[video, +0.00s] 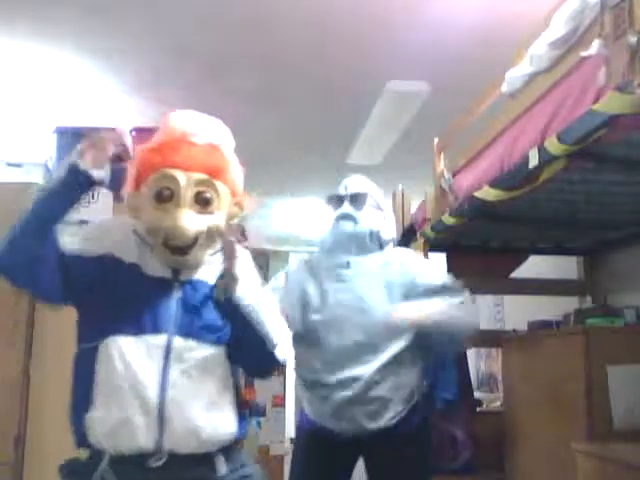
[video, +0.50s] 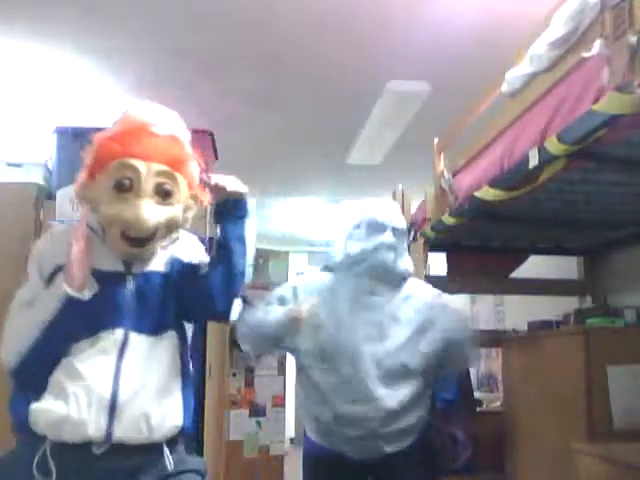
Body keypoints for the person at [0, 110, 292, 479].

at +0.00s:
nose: (181, 218)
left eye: (203, 199)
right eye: (164, 195)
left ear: (229, 211)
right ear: (134, 201)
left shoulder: (226, 280)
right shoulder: (103, 269)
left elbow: (266, 362)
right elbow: (19, 261)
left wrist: (234, 285)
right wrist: (80, 174)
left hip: (211, 465)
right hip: (117, 466)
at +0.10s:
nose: (173, 214)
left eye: (195, 198)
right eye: (157, 193)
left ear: (220, 208)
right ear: (129, 196)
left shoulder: (221, 270)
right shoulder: (98, 253)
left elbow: (260, 344)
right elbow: (24, 293)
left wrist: (252, 259)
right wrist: (76, 194)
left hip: (195, 464)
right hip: (102, 463)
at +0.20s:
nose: (166, 219)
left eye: (188, 198)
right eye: (149, 193)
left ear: (213, 211)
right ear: (119, 196)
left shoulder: (211, 271)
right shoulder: (94, 261)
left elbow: (257, 333)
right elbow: (35, 332)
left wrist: (265, 240)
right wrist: (74, 236)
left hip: (177, 460)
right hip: (91, 460)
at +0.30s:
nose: (154, 216)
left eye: (177, 196)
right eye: (137, 190)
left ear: (196, 208)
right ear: (105, 194)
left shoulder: (190, 265)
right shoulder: (71, 256)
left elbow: (233, 296)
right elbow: (31, 366)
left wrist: (252, 211)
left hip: (159, 460)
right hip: (73, 459)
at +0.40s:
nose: (147, 218)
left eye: (169, 196)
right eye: (129, 191)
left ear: (191, 209)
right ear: (96, 197)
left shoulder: (184, 265)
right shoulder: (67, 254)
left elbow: (227, 299)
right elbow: (25, 362)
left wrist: (237, 215)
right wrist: (77, 296)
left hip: (155, 459)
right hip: (68, 457)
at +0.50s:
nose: (140, 215)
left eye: (164, 192)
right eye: (122, 186)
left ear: (187, 207)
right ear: (90, 192)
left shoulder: (178, 264)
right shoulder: (63, 255)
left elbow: (220, 302)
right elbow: (23, 363)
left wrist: (232, 216)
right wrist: (72, 289)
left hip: (154, 457)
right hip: (62, 456)